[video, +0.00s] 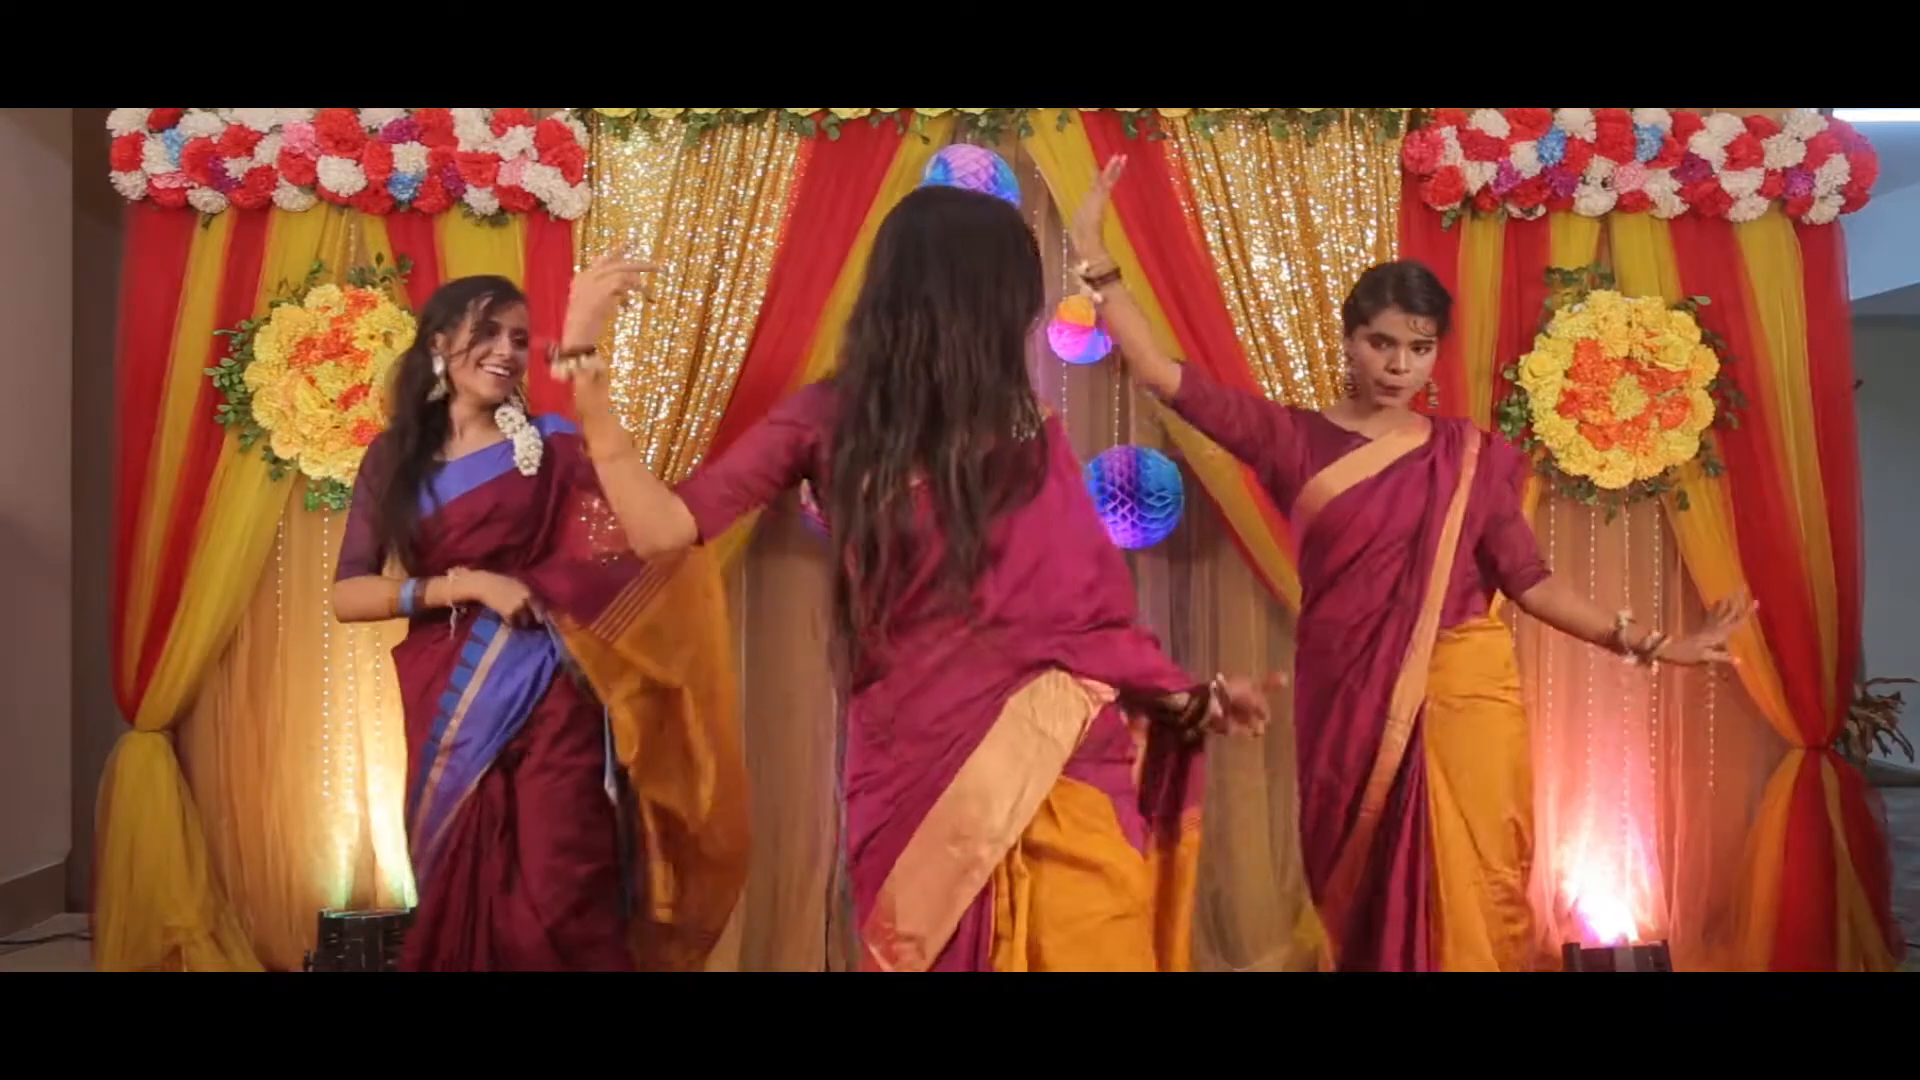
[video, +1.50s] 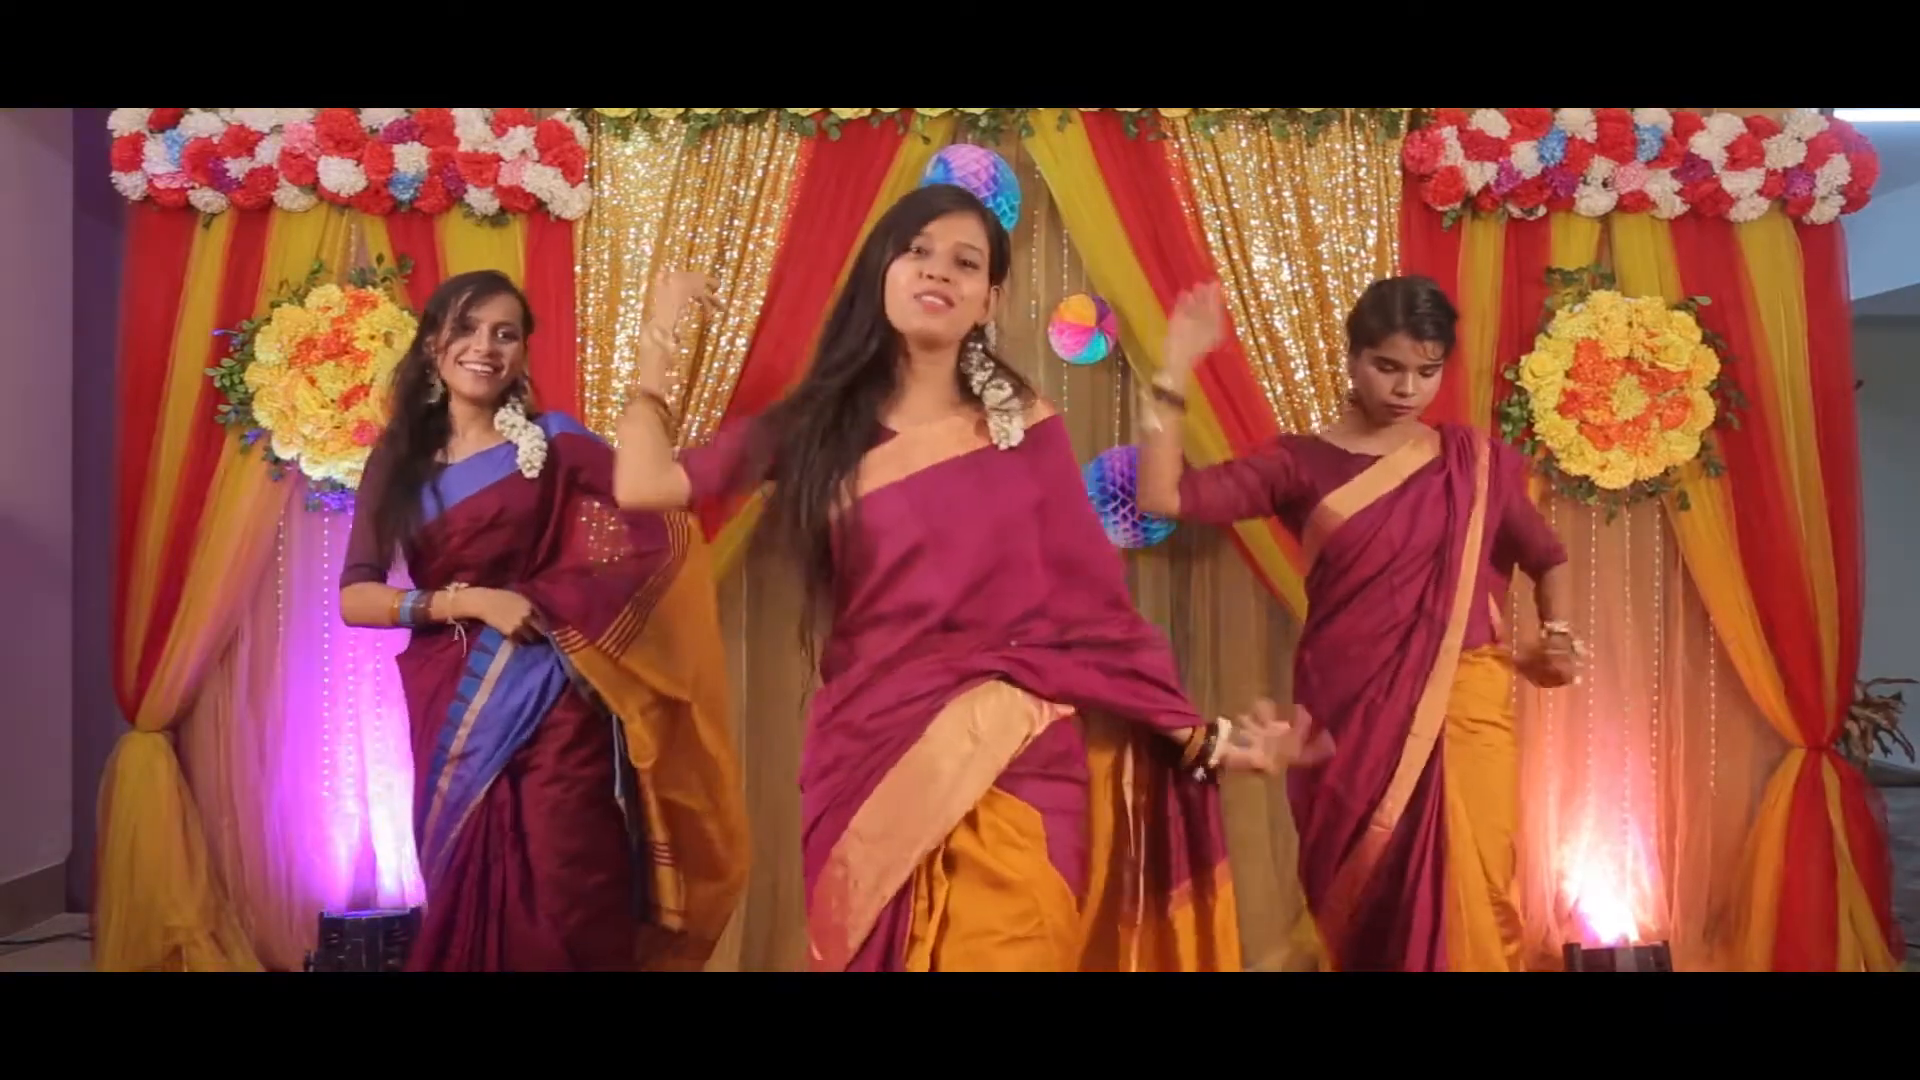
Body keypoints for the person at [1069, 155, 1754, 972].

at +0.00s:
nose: (1397, 362)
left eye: (1415, 347)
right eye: (1380, 342)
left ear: (1436, 354)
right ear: (1346, 341)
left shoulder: (1471, 454)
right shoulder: (1298, 440)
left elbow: (1533, 583)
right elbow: (1166, 378)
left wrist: (1650, 642)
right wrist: (1100, 280)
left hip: (1467, 684)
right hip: (1352, 695)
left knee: (1476, 896)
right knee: (1365, 897)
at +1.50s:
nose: (1407, 388)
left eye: (1425, 370)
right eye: (1388, 367)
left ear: (1444, 365)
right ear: (1352, 358)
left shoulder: (1474, 457)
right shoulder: (1305, 461)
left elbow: (1550, 559)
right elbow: (1162, 495)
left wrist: (1557, 637)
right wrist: (1174, 369)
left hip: (1468, 706)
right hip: (1352, 716)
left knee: (1473, 907)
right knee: (1359, 915)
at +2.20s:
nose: (1411, 356)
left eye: (1430, 340)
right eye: (1392, 336)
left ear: (1451, 346)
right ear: (1360, 337)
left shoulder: (1493, 440)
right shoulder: (1321, 447)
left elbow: (1564, 542)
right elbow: (1243, 541)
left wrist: (1561, 630)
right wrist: (1280, 426)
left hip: (1480, 693)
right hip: (1363, 702)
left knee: (1488, 901)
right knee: (1366, 910)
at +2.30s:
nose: (1411, 352)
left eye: (1430, 335)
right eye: (1392, 332)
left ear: (1451, 343)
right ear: (1361, 336)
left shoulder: (1492, 440)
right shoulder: (1315, 444)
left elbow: (1564, 550)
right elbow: (1257, 580)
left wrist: (1569, 639)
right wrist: (1284, 520)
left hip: (1483, 691)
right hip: (1364, 700)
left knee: (1492, 904)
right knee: (1370, 907)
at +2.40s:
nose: (1412, 357)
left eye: (1431, 341)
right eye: (1394, 338)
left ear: (1451, 350)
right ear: (1360, 344)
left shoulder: (1497, 447)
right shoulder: (1312, 465)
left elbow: (1545, 580)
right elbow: (1289, 615)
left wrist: (1578, 678)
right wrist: (1331, 614)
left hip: (1480, 705)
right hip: (1365, 717)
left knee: (1488, 913)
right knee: (1370, 919)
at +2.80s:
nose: (1417, 342)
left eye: (1436, 327)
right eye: (1398, 323)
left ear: (1452, 342)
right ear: (1361, 333)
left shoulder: (1485, 449)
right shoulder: (1317, 445)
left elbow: (1515, 597)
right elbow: (1307, 575)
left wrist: (1589, 706)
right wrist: (1341, 518)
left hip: (1491, 694)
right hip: (1379, 702)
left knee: (1513, 900)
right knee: (1390, 904)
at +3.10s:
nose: (1420, 354)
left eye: (1435, 337)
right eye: (1398, 337)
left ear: (1455, 353)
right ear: (1361, 352)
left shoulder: (1461, 465)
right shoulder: (1328, 434)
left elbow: (1502, 609)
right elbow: (1344, 552)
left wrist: (1639, 594)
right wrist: (1431, 496)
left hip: (1472, 711)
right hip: (1371, 713)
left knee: (1498, 905)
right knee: (1387, 913)